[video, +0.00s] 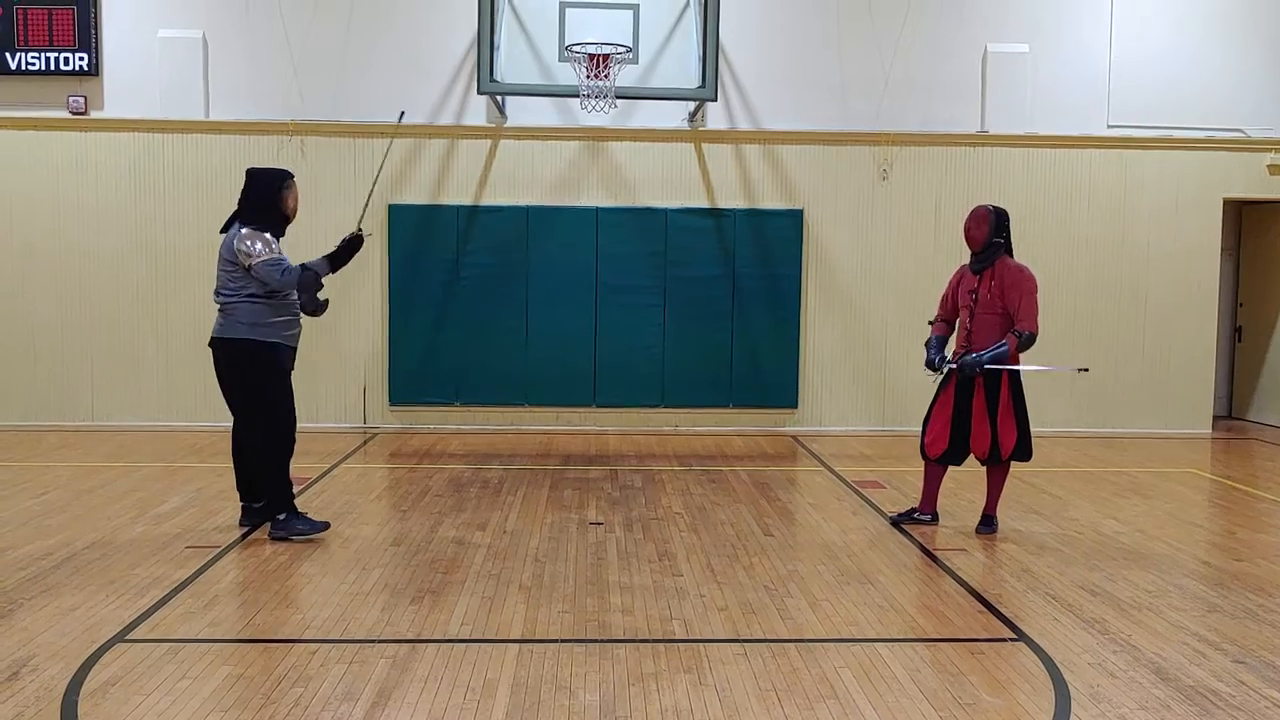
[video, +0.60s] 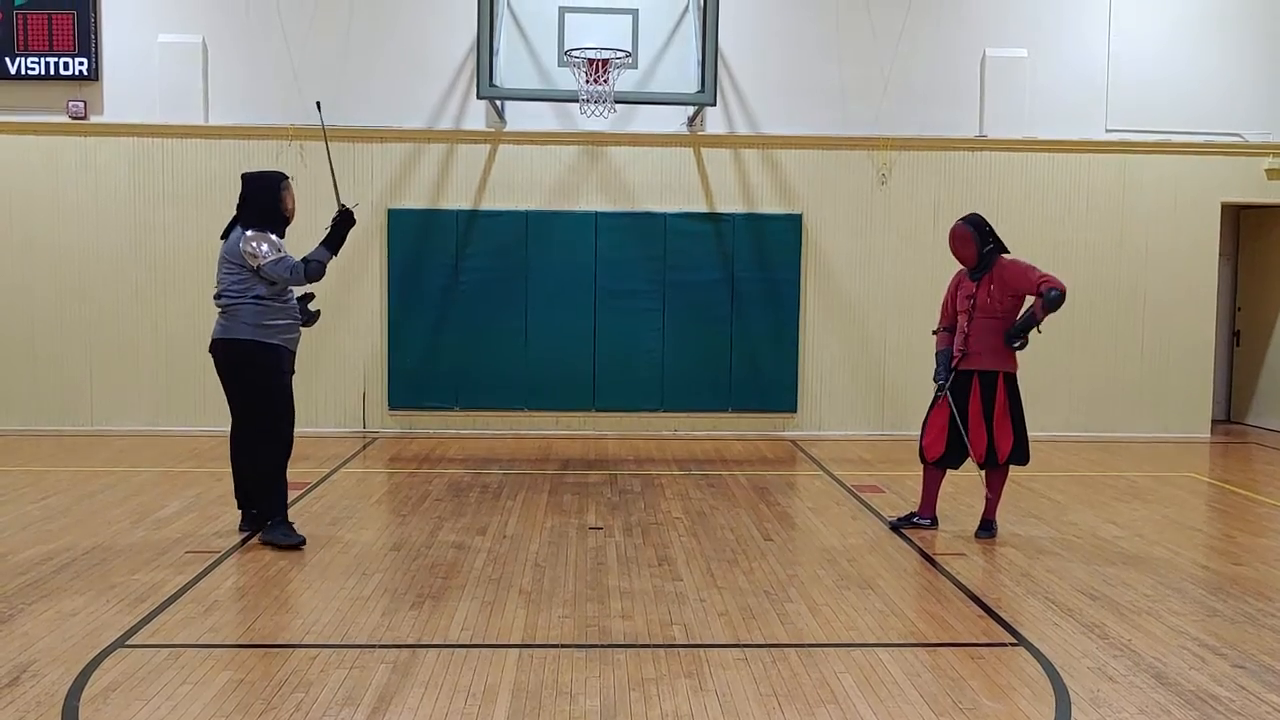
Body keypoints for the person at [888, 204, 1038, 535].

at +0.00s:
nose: (967, 231)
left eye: (975, 225)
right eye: (967, 225)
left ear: (995, 231)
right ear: (970, 230)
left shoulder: (1017, 275)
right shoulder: (964, 274)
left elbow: (1027, 332)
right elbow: (945, 318)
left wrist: (984, 358)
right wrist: (934, 346)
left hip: (997, 374)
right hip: (961, 371)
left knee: (997, 442)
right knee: (937, 433)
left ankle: (989, 514)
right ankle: (926, 508)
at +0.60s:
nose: (958, 255)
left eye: (961, 247)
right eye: (954, 248)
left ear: (980, 242)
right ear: (955, 247)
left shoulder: (1007, 268)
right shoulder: (960, 279)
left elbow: (1054, 290)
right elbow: (946, 325)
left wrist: (1023, 325)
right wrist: (943, 364)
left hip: (996, 373)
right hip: (959, 372)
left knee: (997, 444)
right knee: (936, 437)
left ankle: (988, 518)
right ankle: (926, 513)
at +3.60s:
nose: (948, 248)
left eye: (953, 240)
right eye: (948, 241)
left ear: (971, 243)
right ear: (965, 244)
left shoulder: (996, 279)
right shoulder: (946, 289)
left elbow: (1045, 310)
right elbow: (934, 337)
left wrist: (1013, 342)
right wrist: (931, 376)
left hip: (985, 381)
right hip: (948, 381)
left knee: (986, 451)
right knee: (924, 444)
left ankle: (978, 524)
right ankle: (915, 518)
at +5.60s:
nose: (967, 231)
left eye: (973, 224)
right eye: (968, 224)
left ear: (990, 227)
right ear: (982, 228)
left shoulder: (1015, 262)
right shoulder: (965, 272)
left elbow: (1063, 293)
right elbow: (953, 320)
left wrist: (1032, 326)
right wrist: (950, 361)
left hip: (1004, 365)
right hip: (966, 365)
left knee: (1006, 436)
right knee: (943, 429)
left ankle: (998, 507)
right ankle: (935, 503)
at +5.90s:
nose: (965, 230)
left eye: (971, 223)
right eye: (965, 223)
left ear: (990, 226)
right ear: (974, 226)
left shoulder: (1014, 261)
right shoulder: (965, 270)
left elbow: (1062, 292)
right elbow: (953, 319)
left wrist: (1031, 324)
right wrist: (950, 360)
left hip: (1004, 363)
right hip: (966, 364)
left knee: (1006, 434)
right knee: (943, 427)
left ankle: (999, 506)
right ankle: (936, 502)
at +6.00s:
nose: (964, 229)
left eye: (970, 222)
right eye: (964, 222)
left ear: (989, 225)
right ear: (974, 226)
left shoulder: (1012, 259)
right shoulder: (965, 270)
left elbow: (1062, 290)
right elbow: (953, 318)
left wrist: (1031, 323)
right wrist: (950, 359)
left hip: (1003, 362)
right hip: (966, 363)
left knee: (1006, 433)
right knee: (943, 426)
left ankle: (999, 505)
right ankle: (936, 501)